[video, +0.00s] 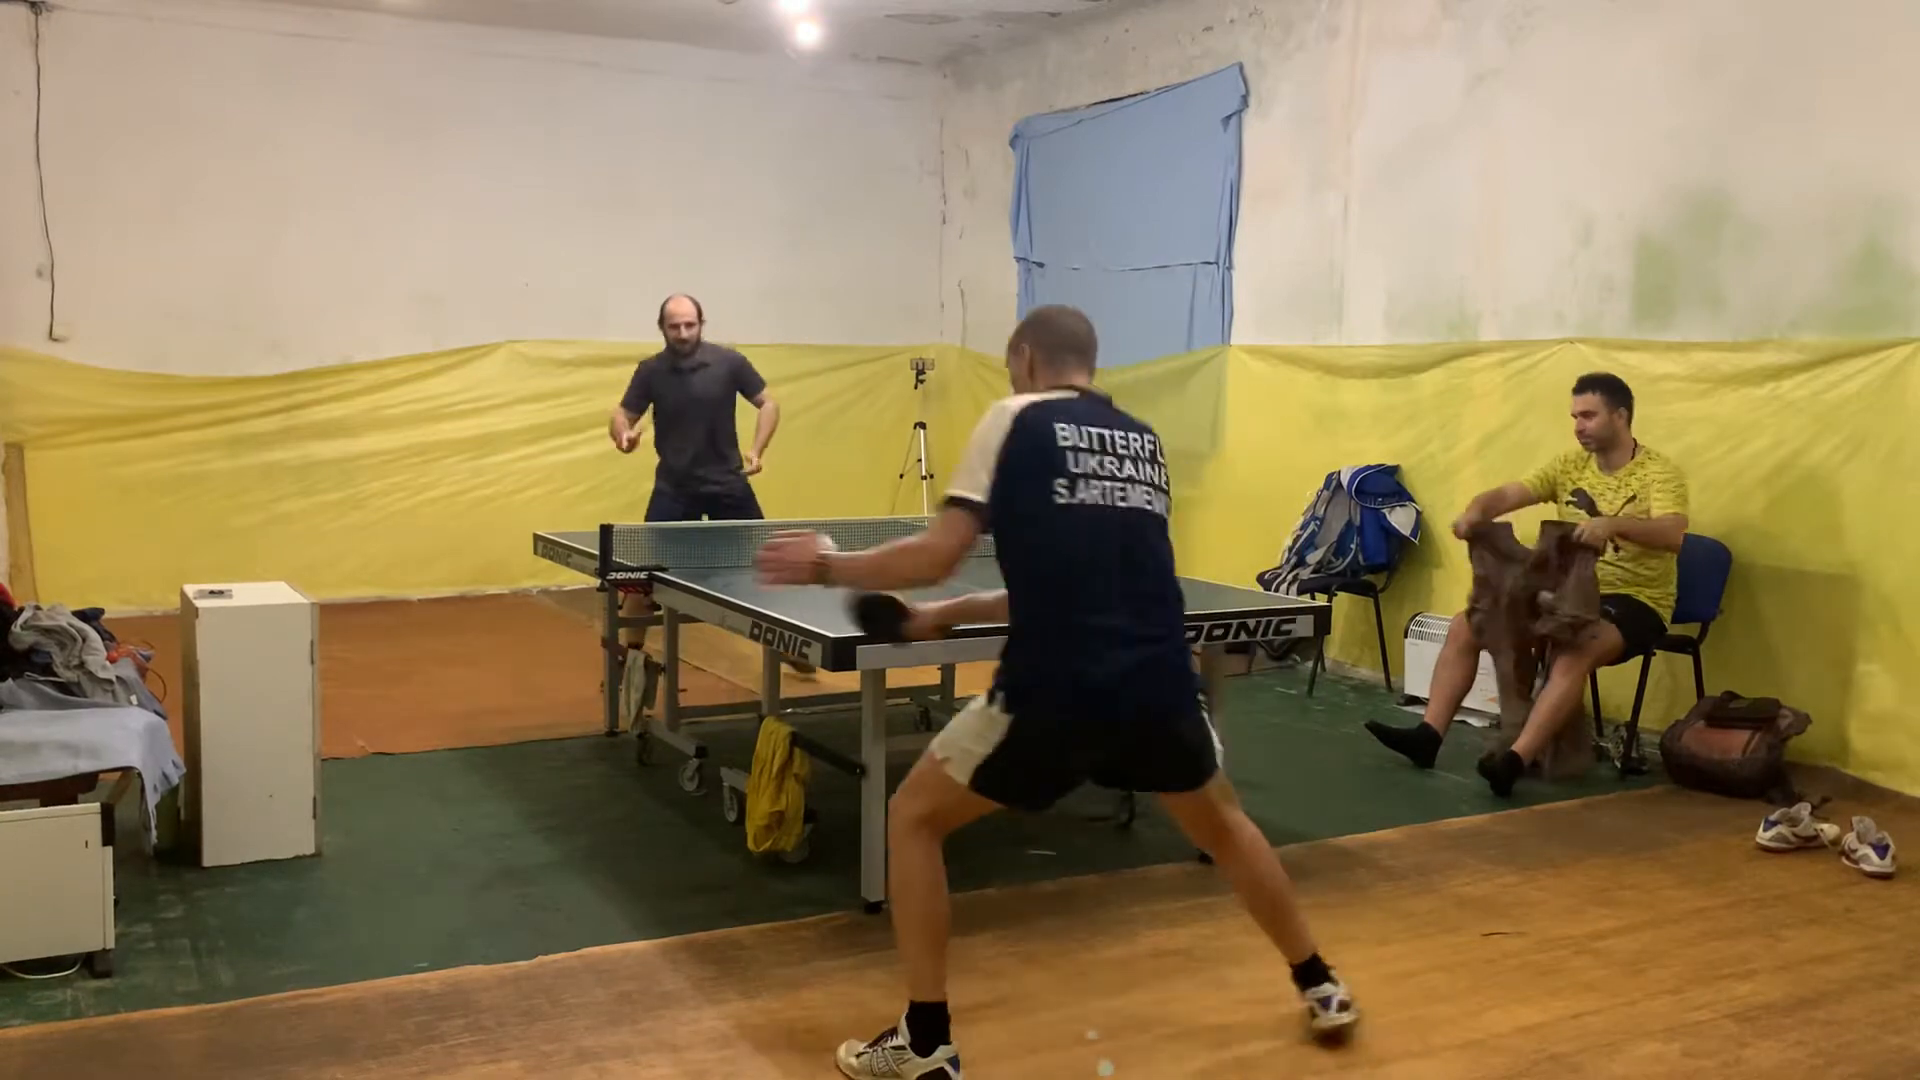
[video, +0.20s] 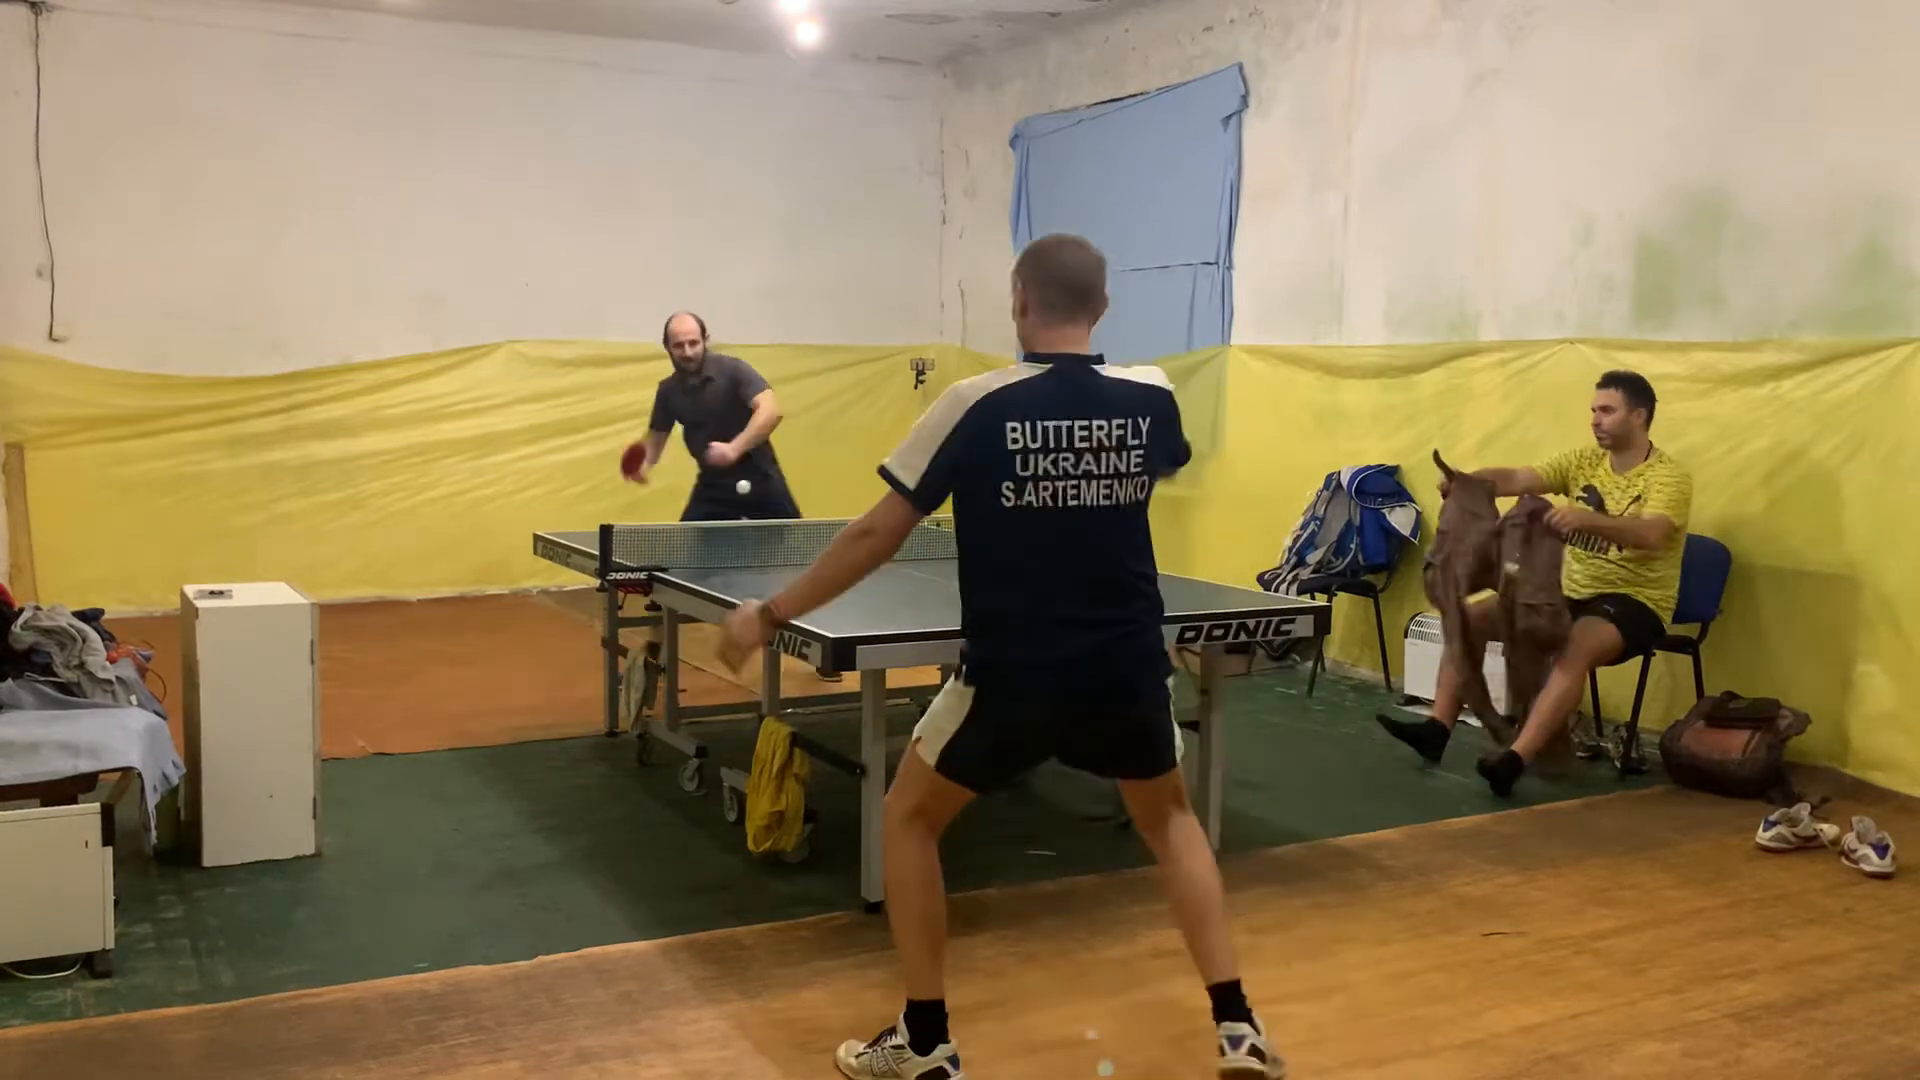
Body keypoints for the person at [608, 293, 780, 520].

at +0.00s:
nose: (682, 334)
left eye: (689, 326)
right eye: (674, 327)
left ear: (701, 324)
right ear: (662, 328)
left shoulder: (729, 363)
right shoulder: (650, 371)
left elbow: (768, 405)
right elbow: (623, 415)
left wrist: (756, 451)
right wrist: (623, 436)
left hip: (726, 485)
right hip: (673, 487)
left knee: (759, 552)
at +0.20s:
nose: (687, 353)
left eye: (693, 344)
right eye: (678, 346)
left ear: (705, 341)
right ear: (667, 348)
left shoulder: (734, 370)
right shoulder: (669, 391)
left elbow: (770, 411)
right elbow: (656, 437)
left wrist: (734, 448)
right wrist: (644, 462)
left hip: (761, 481)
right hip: (713, 485)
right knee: (683, 550)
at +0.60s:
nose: (778, 398)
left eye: (784, 389)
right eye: (774, 390)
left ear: (807, 384)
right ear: (772, 391)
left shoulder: (837, 415)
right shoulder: (799, 422)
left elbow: (879, 462)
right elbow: (816, 475)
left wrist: (848, 502)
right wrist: (808, 515)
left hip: (856, 525)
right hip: (814, 522)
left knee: (867, 597)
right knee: (754, 575)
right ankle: (711, 656)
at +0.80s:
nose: (857, 358)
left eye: (864, 351)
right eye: (853, 353)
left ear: (886, 355)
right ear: (851, 358)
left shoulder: (912, 399)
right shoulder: (845, 391)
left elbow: (928, 450)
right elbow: (810, 374)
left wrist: (886, 468)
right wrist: (834, 323)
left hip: (882, 515)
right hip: (830, 509)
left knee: (905, 587)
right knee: (778, 557)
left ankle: (948, 662)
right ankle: (772, 643)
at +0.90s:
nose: (866, 354)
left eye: (873, 346)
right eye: (860, 348)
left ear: (890, 348)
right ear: (854, 353)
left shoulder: (914, 395)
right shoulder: (847, 386)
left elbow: (929, 446)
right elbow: (816, 369)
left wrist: (888, 468)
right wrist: (854, 331)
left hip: (889, 504)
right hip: (837, 500)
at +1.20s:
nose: (811, 334)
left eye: (818, 326)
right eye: (803, 328)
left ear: (830, 329)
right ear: (794, 334)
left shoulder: (857, 365)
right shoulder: (785, 375)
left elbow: (902, 401)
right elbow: (753, 430)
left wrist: (896, 450)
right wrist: (769, 408)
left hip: (861, 490)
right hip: (811, 492)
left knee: (889, 565)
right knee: (793, 569)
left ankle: (893, 648)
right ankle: (793, 654)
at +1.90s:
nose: (599, 329)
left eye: (605, 322)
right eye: (590, 324)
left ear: (614, 324)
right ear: (576, 329)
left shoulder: (640, 363)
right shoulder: (564, 375)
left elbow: (680, 398)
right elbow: (545, 431)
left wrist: (679, 451)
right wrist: (559, 468)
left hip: (644, 478)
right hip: (590, 484)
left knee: (687, 548)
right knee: (551, 563)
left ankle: (696, 606)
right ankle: (527, 646)